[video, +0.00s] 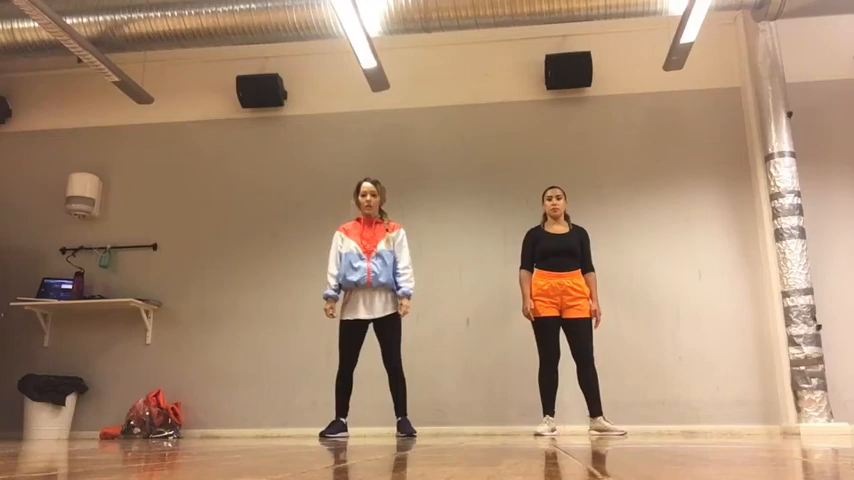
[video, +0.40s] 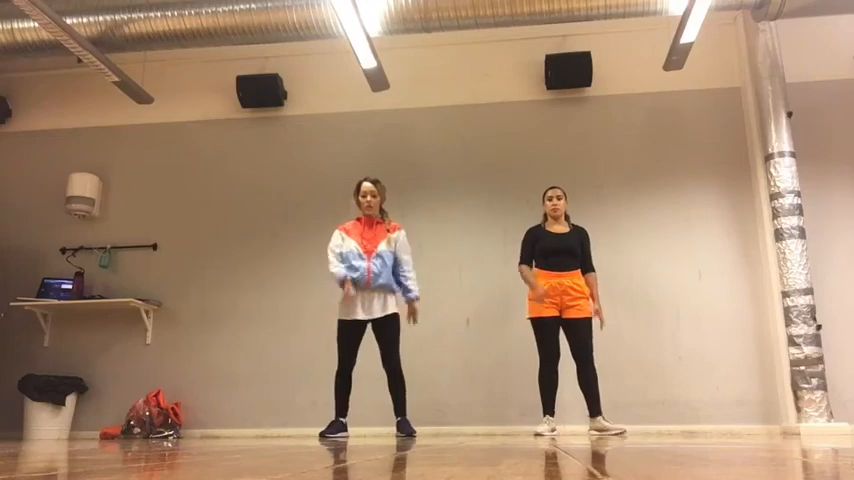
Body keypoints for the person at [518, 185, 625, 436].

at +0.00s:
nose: (554, 202)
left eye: (558, 198)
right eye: (549, 199)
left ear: (566, 203)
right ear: (543, 205)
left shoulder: (579, 233)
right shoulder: (533, 235)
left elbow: (588, 269)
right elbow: (526, 269)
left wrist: (595, 300)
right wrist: (527, 298)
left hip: (576, 299)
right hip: (544, 300)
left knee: (585, 358)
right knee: (548, 359)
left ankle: (597, 418)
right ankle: (548, 419)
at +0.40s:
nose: (555, 202)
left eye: (559, 198)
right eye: (550, 199)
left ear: (566, 204)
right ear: (543, 206)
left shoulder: (580, 233)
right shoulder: (534, 233)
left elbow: (588, 270)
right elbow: (523, 266)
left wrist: (596, 301)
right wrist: (534, 285)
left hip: (576, 299)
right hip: (544, 301)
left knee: (585, 358)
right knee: (548, 359)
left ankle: (596, 418)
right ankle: (548, 419)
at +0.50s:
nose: (556, 203)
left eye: (560, 199)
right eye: (551, 200)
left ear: (568, 203)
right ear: (545, 206)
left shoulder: (582, 233)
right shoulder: (536, 232)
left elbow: (590, 271)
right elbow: (530, 261)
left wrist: (600, 305)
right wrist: (564, 266)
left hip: (577, 302)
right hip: (544, 303)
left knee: (585, 358)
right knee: (548, 359)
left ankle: (595, 419)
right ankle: (548, 419)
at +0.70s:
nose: (560, 205)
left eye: (564, 201)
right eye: (555, 202)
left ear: (573, 206)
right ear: (550, 209)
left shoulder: (588, 234)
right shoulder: (546, 234)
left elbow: (604, 266)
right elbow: (556, 253)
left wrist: (628, 291)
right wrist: (578, 262)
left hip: (579, 298)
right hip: (547, 298)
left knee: (587, 357)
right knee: (540, 355)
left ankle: (594, 420)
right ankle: (546, 419)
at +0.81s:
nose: (563, 208)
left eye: (567, 204)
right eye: (558, 206)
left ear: (576, 209)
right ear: (553, 213)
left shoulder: (591, 233)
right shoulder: (551, 238)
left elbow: (608, 260)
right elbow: (539, 262)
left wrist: (641, 269)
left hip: (588, 300)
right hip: (556, 299)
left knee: (595, 358)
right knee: (542, 354)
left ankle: (595, 419)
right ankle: (542, 415)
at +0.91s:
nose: (570, 217)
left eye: (574, 212)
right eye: (565, 213)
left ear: (580, 214)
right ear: (557, 216)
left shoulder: (593, 232)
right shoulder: (549, 243)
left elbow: (616, 256)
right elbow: (525, 273)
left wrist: (622, 253)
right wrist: (497, 295)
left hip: (596, 298)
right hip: (564, 296)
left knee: (606, 362)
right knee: (564, 324)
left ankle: (597, 420)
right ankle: (548, 383)